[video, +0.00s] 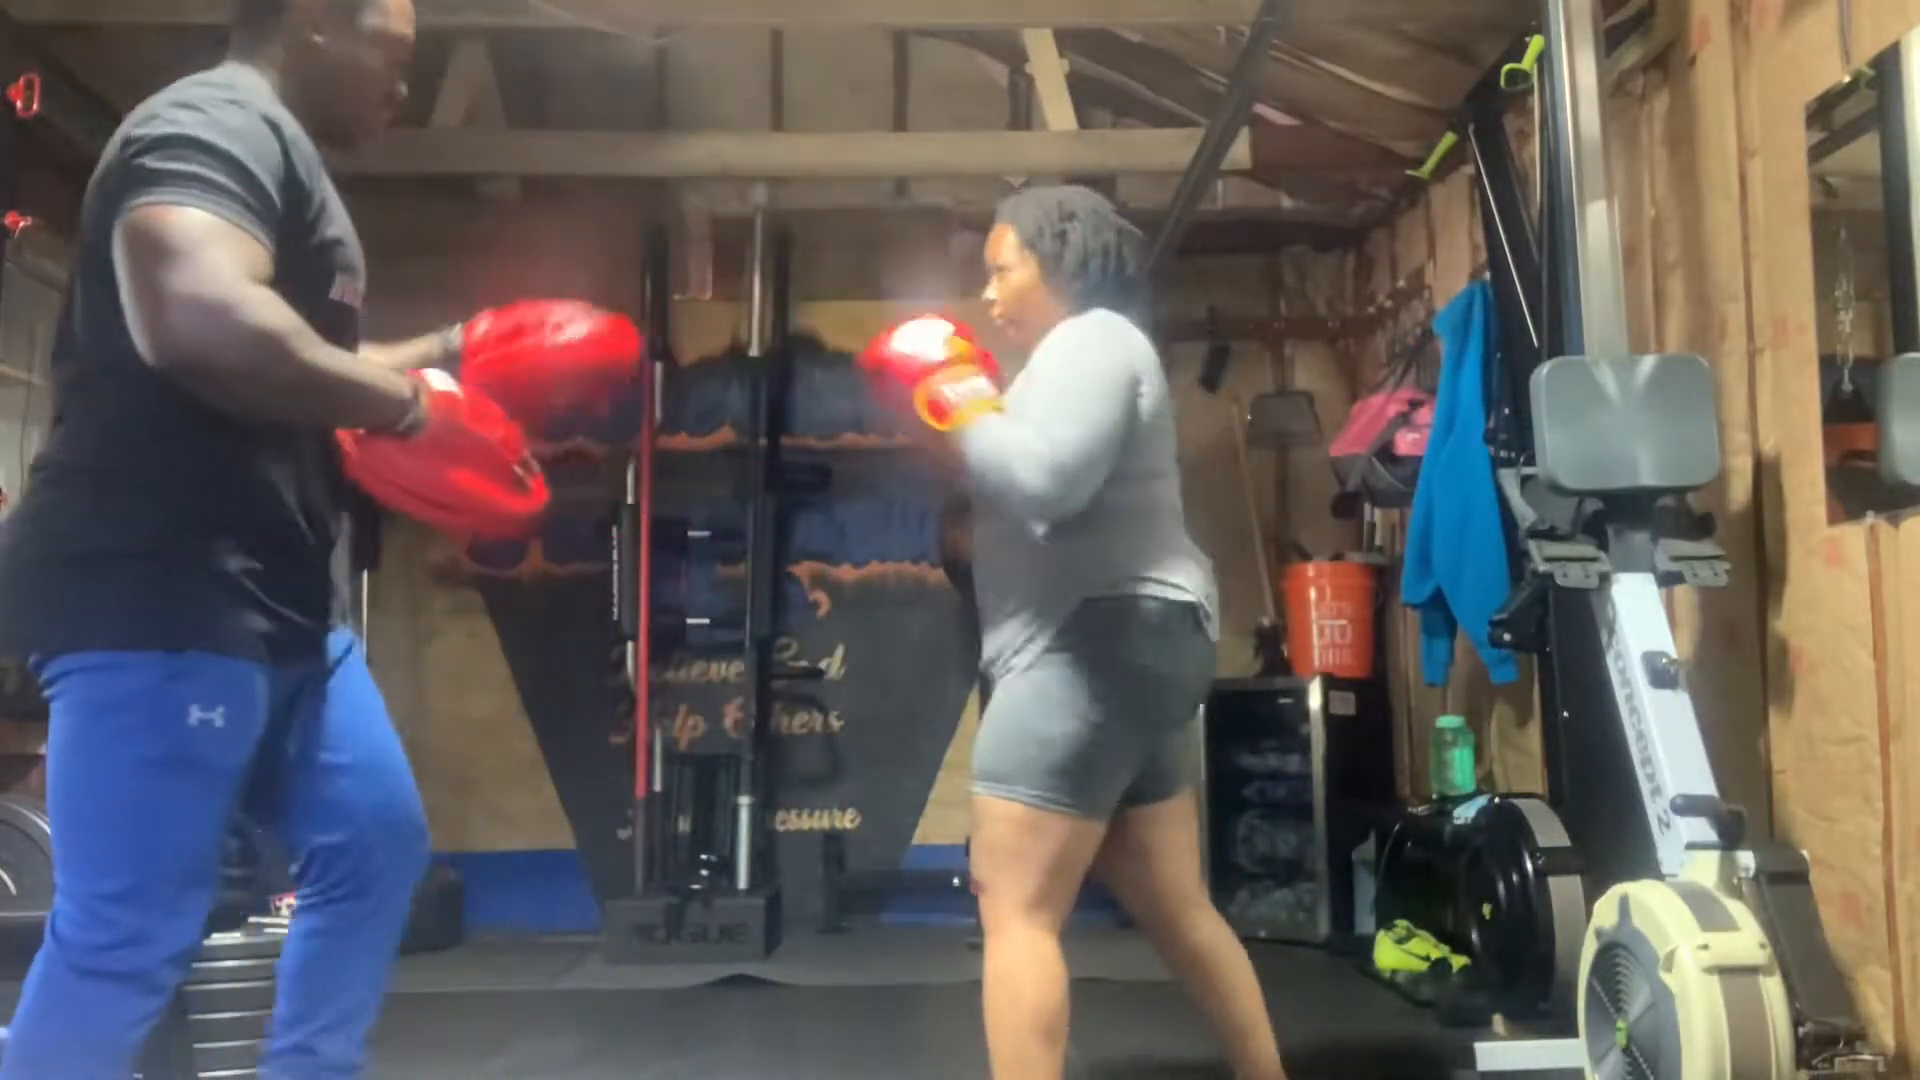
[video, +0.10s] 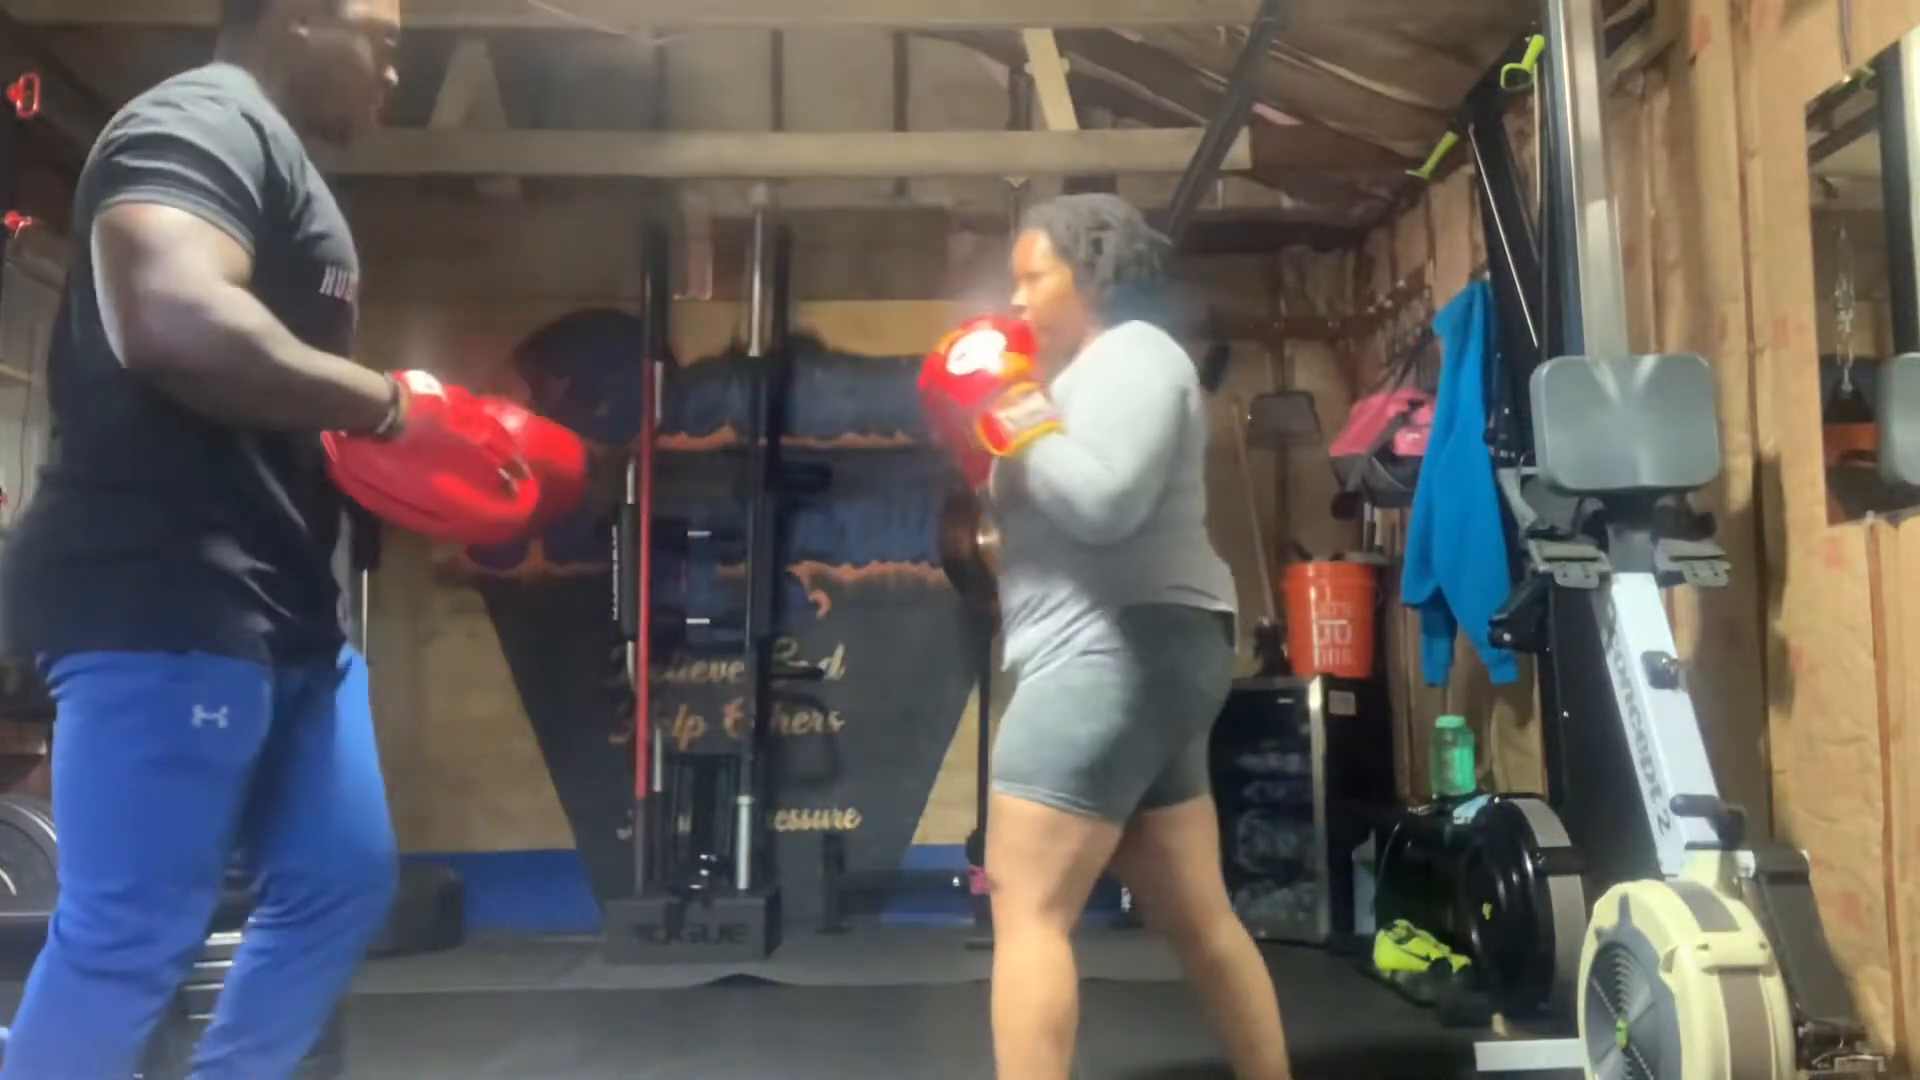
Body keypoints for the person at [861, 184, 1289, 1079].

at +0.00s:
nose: (988, 294)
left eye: (1003, 272)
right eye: (989, 274)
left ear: (1062, 268)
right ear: (1065, 272)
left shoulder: (1094, 343)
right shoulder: (1093, 351)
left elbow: (1045, 481)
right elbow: (1034, 477)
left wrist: (969, 406)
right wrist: (971, 410)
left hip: (1098, 632)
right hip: (1150, 633)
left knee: (1018, 907)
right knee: (1176, 907)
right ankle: (1266, 1071)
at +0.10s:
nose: (1018, 300)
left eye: (1034, 278)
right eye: (1018, 281)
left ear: (1095, 277)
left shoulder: (1138, 357)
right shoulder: (1095, 372)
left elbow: (1101, 502)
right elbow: (1047, 504)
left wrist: (1022, 423)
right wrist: (987, 441)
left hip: (1117, 640)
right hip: (1152, 638)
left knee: (1029, 910)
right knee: (1199, 919)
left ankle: (1032, 1078)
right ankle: (1268, 1072)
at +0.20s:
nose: (1052, 303)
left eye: (1070, 282)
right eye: (1051, 284)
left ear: (1131, 280)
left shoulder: (1182, 362)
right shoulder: (1099, 389)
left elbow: (1157, 506)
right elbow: (1057, 543)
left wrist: (1058, 428)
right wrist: (1008, 468)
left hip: (1156, 642)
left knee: (1058, 902)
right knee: (1218, 920)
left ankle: (1040, 1073)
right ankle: (1274, 1073)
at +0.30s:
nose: (1079, 305)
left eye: (1097, 283)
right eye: (1077, 286)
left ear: (1159, 283)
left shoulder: (1211, 360)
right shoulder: (1121, 395)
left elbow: (1208, 508)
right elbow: (1095, 536)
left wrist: (1097, 441)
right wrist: (1030, 475)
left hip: (1189, 635)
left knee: (1079, 888)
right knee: (1233, 913)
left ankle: (1046, 1073)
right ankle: (1279, 1072)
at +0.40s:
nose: (1098, 306)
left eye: (1116, 285)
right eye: (1094, 288)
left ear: (1176, 284)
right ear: (1107, 292)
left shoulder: (1229, 358)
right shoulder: (1138, 397)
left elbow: (1237, 507)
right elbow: (1121, 540)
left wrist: (1115, 449)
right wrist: (1051, 500)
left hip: (1215, 628)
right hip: (1178, 637)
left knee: (1081, 864)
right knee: (1245, 914)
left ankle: (1083, 1072)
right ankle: (1281, 1074)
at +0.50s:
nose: (1109, 308)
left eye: (1124, 288)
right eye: (1105, 291)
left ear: (1185, 284)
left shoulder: (1240, 357)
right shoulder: (1138, 398)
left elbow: (1249, 499)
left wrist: (1121, 443)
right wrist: (1052, 489)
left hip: (1226, 621)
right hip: (1171, 633)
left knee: (1089, 851)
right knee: (1245, 913)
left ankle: (1108, 1075)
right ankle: (1283, 1074)